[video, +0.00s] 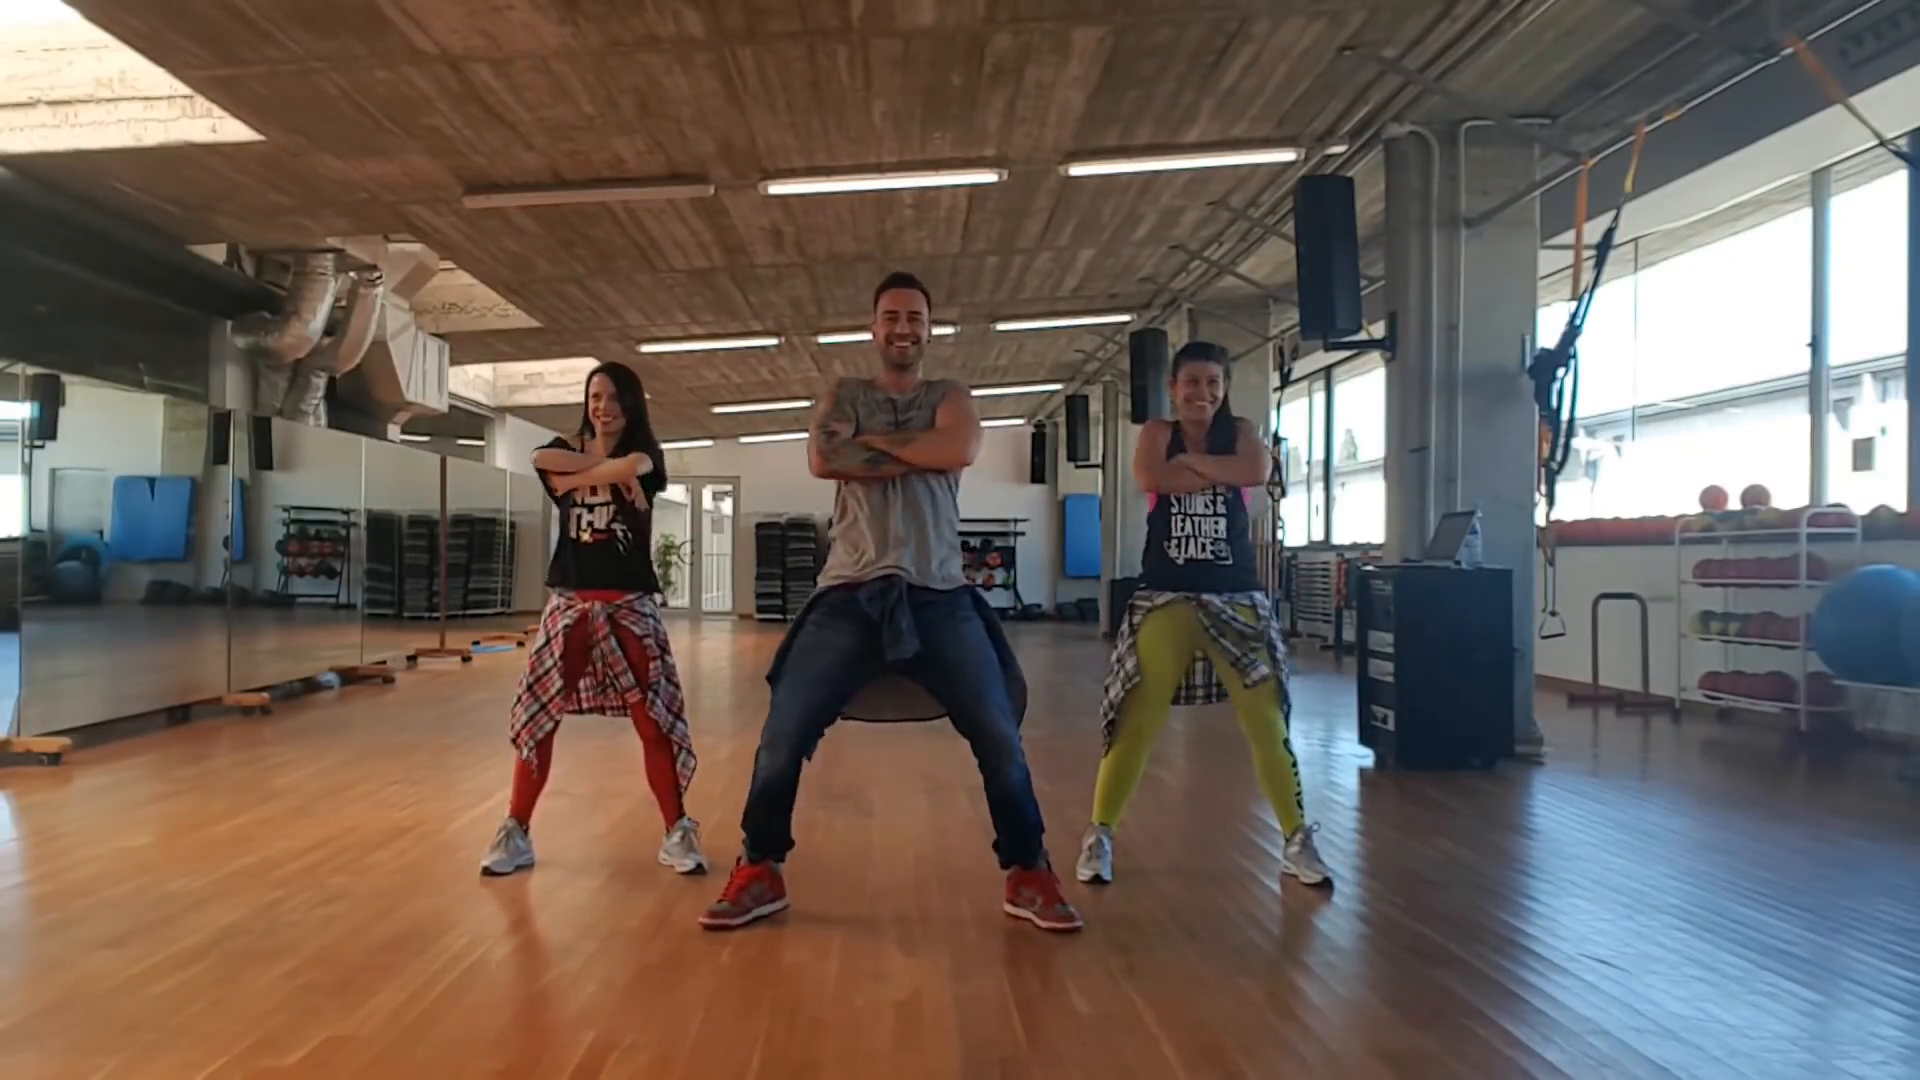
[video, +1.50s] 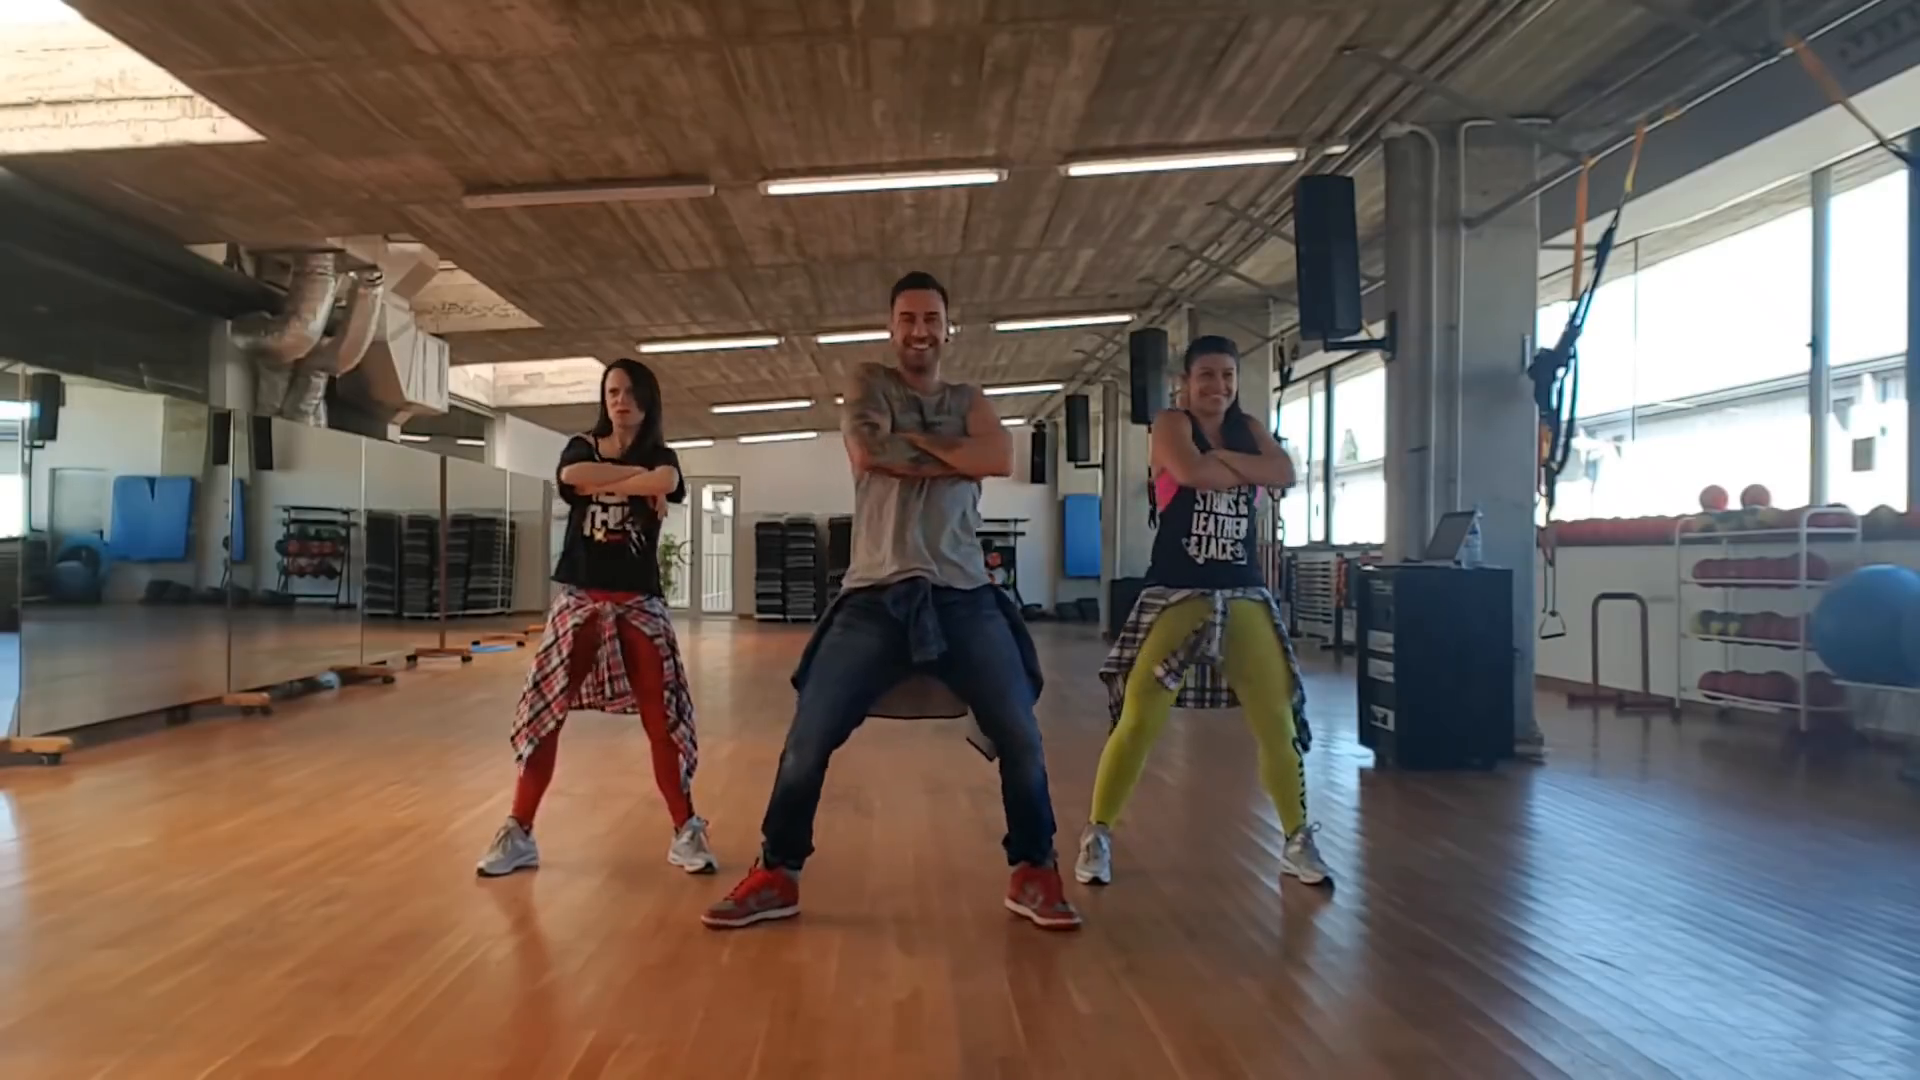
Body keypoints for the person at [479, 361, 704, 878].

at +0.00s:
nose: (602, 406)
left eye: (612, 398)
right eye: (595, 397)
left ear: (631, 405)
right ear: (586, 404)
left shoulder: (646, 455)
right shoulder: (567, 451)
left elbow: (629, 470)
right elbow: (541, 460)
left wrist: (573, 480)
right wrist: (601, 467)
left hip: (631, 602)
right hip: (569, 601)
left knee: (653, 720)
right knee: (537, 714)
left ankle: (678, 831)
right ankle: (516, 832)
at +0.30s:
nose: (585, 407)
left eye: (594, 399)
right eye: (578, 399)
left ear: (613, 406)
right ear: (568, 407)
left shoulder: (636, 457)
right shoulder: (555, 467)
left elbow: (614, 492)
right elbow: (526, 499)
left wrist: (558, 501)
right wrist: (598, 485)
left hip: (624, 602)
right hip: (563, 605)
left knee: (653, 715)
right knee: (537, 712)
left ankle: (685, 830)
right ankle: (516, 832)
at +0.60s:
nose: (619, 396)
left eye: (628, 389)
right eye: (612, 389)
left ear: (646, 400)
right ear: (601, 400)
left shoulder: (660, 462)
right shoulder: (580, 452)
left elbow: (655, 490)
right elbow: (569, 485)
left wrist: (591, 489)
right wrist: (639, 481)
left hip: (642, 604)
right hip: (580, 602)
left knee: (664, 721)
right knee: (543, 712)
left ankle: (687, 830)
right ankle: (521, 833)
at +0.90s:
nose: (610, 400)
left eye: (618, 393)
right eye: (603, 393)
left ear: (637, 403)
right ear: (592, 404)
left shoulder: (654, 457)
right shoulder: (572, 452)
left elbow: (638, 487)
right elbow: (553, 482)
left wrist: (579, 489)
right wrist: (628, 483)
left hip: (637, 603)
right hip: (575, 601)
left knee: (660, 719)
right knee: (545, 714)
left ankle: (686, 830)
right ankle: (519, 833)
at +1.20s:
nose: (582, 404)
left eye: (591, 396)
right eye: (575, 396)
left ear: (610, 404)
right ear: (565, 405)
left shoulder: (634, 455)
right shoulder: (555, 468)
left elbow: (621, 487)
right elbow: (533, 500)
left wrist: (564, 497)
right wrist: (604, 483)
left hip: (630, 600)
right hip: (570, 604)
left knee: (654, 718)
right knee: (547, 715)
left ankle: (686, 830)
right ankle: (519, 834)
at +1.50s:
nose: (619, 400)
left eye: (628, 392)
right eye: (613, 392)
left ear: (647, 400)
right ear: (603, 399)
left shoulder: (661, 458)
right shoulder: (585, 446)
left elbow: (663, 486)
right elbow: (570, 478)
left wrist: (597, 480)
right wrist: (642, 479)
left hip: (640, 601)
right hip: (579, 597)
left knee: (661, 719)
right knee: (545, 711)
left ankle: (687, 831)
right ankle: (519, 833)